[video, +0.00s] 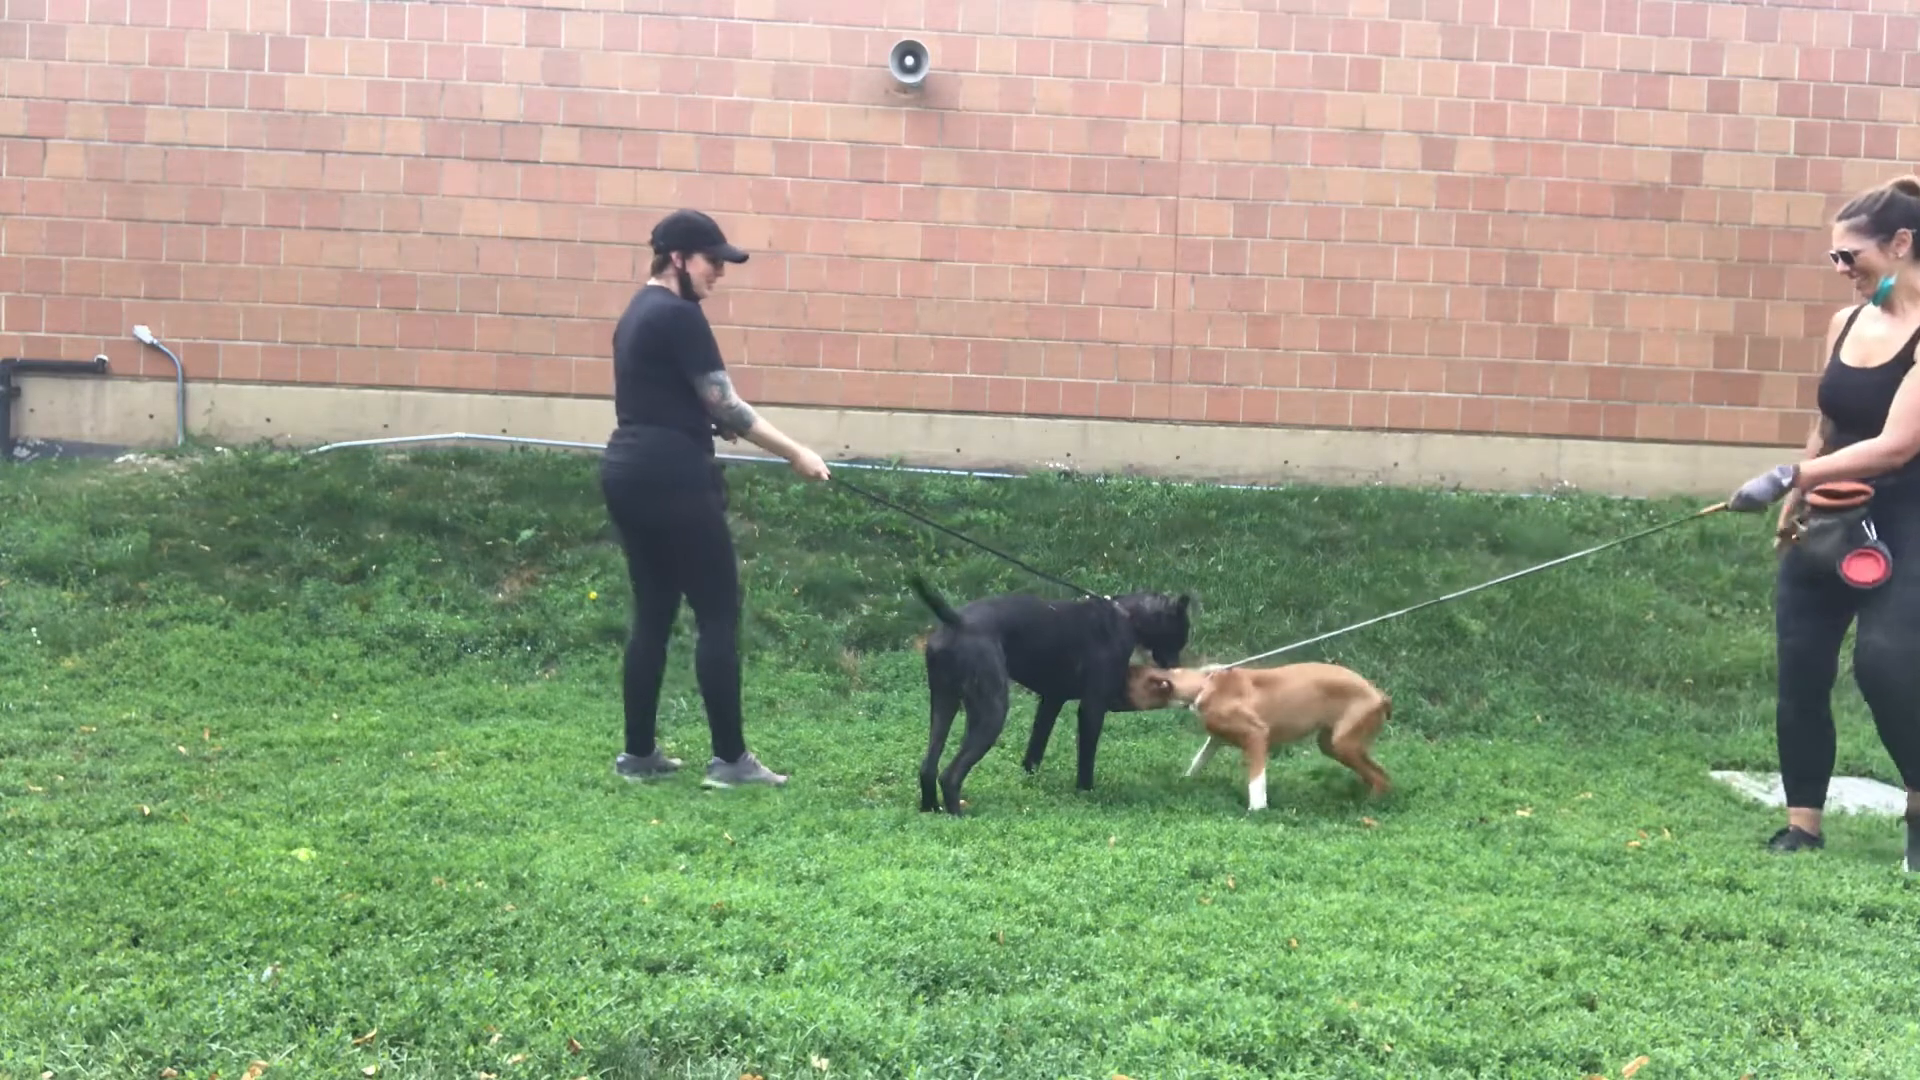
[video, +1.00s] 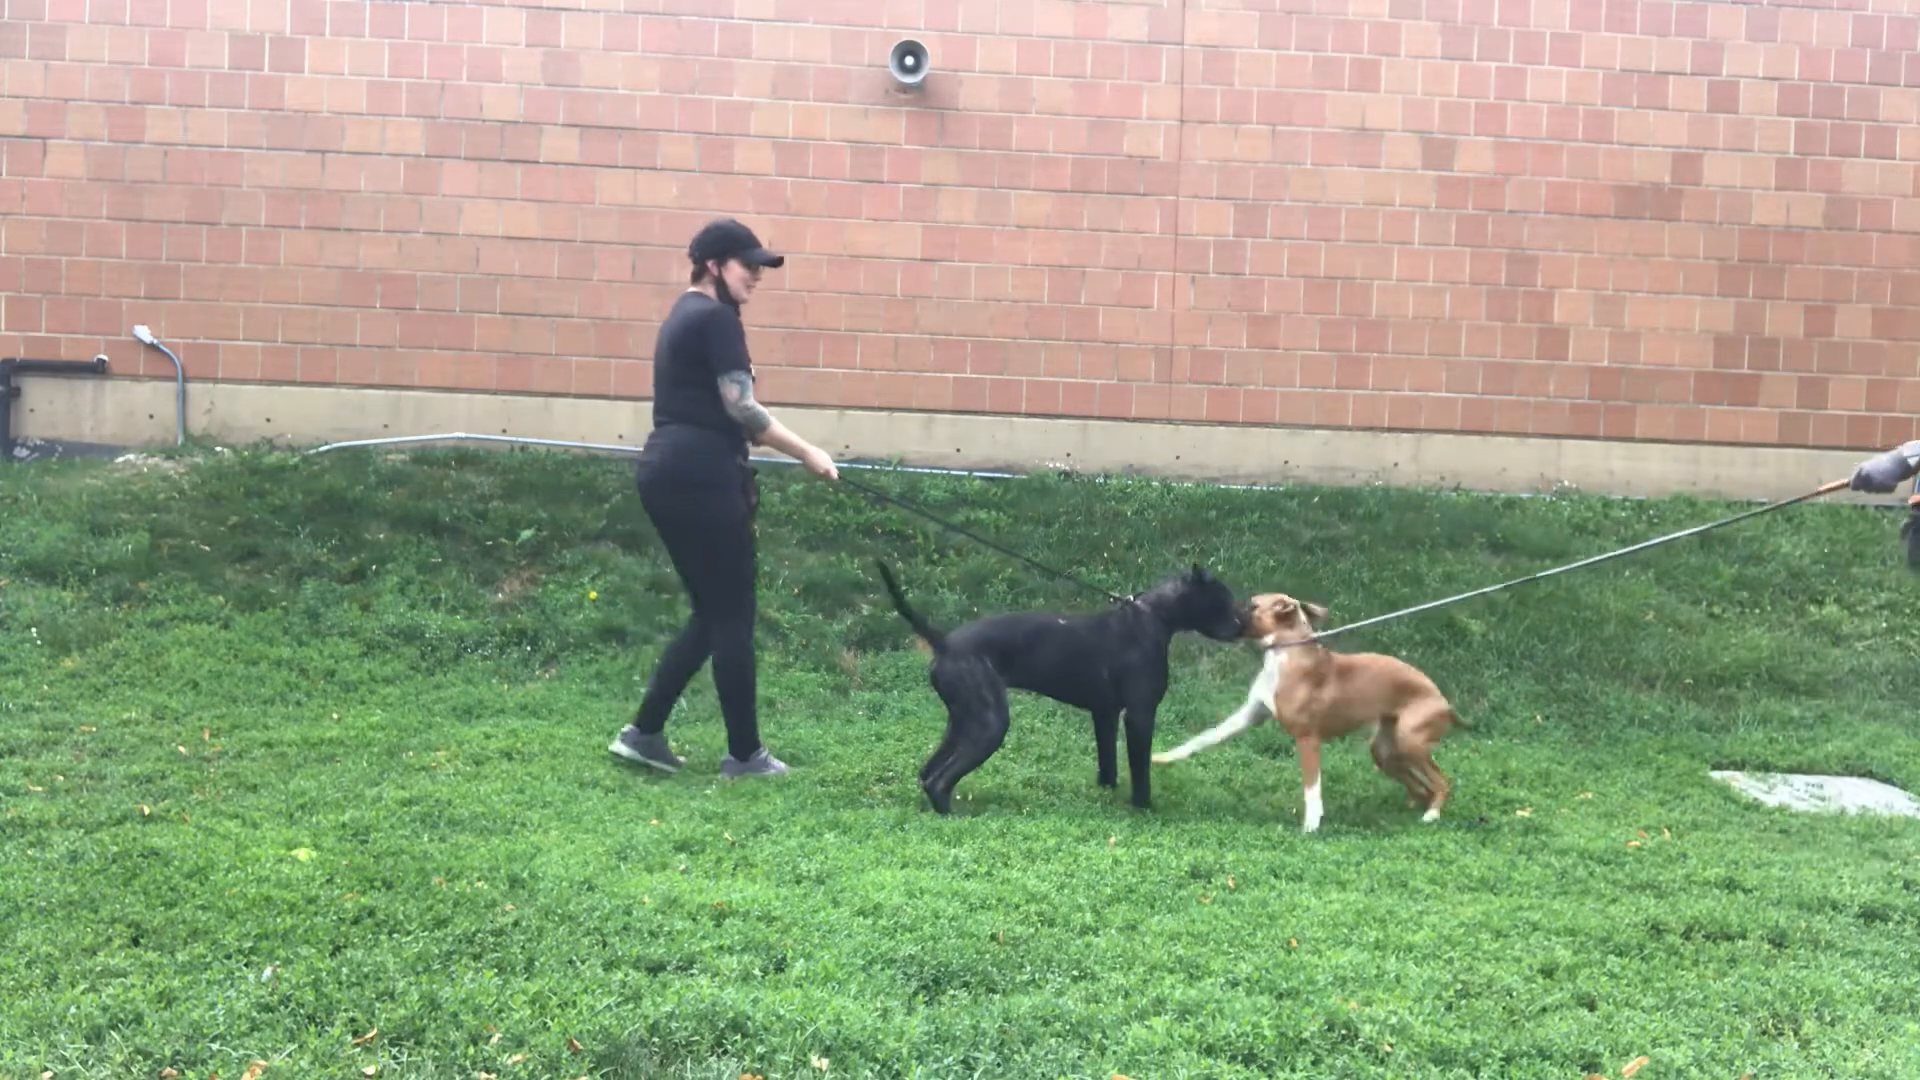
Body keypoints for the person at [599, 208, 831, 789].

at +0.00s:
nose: (720, 273)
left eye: (721, 263)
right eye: (714, 262)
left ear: (674, 261)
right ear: (679, 258)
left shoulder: (639, 311)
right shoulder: (680, 315)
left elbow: (671, 405)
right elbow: (725, 409)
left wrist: (726, 422)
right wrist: (795, 452)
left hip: (629, 466)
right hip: (676, 472)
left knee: (653, 609)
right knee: (719, 611)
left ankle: (639, 753)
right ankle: (732, 759)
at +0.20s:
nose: (713, 273)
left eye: (714, 263)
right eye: (707, 262)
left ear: (668, 260)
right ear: (672, 258)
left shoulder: (635, 309)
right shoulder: (674, 313)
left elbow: (661, 399)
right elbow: (720, 403)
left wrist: (712, 419)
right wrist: (788, 452)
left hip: (623, 464)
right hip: (667, 468)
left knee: (648, 608)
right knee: (721, 600)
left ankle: (639, 753)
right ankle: (709, 753)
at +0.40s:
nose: (711, 272)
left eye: (712, 262)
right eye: (704, 261)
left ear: (667, 260)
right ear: (669, 258)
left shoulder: (635, 310)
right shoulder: (675, 314)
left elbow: (668, 403)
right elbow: (720, 406)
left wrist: (723, 422)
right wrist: (786, 451)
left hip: (625, 463)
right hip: (670, 468)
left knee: (644, 609)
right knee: (701, 609)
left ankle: (639, 753)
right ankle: (706, 756)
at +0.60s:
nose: (715, 272)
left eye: (716, 262)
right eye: (708, 261)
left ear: (673, 262)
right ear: (674, 259)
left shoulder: (646, 309)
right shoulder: (677, 315)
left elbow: (675, 403)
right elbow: (725, 402)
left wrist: (726, 421)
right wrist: (796, 448)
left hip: (626, 465)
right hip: (667, 468)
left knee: (643, 608)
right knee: (725, 601)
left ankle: (637, 753)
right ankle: (711, 747)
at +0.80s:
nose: (734, 270)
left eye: (735, 261)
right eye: (726, 260)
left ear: (695, 264)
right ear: (692, 261)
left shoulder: (669, 309)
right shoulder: (695, 316)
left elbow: (702, 402)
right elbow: (733, 405)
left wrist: (745, 424)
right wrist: (802, 450)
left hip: (651, 466)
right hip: (685, 472)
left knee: (660, 611)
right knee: (730, 609)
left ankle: (638, 753)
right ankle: (747, 751)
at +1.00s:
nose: (756, 277)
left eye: (758, 267)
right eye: (748, 265)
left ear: (711, 269)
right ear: (714, 265)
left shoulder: (685, 312)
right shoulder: (716, 316)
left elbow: (690, 407)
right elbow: (740, 405)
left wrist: (737, 458)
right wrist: (807, 452)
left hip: (665, 466)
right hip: (702, 470)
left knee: (711, 611)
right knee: (733, 613)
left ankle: (644, 732)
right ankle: (746, 754)